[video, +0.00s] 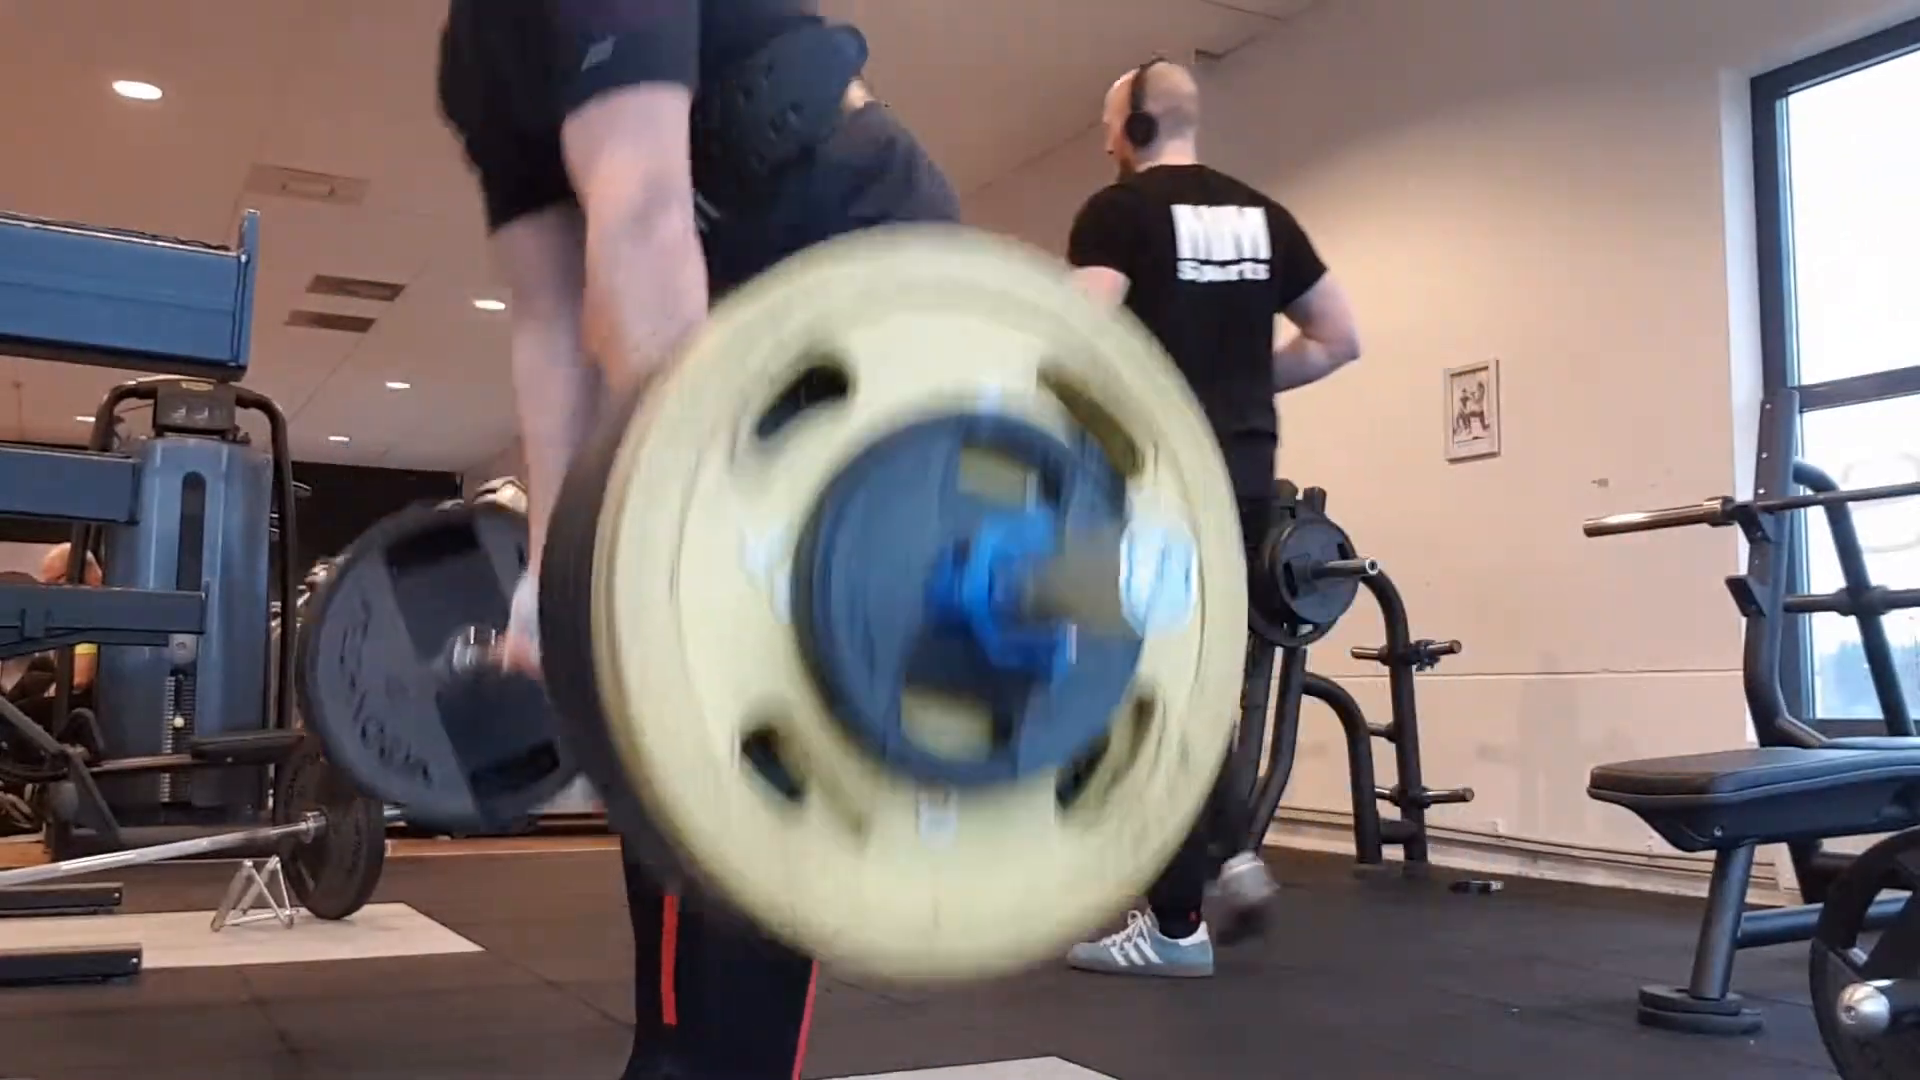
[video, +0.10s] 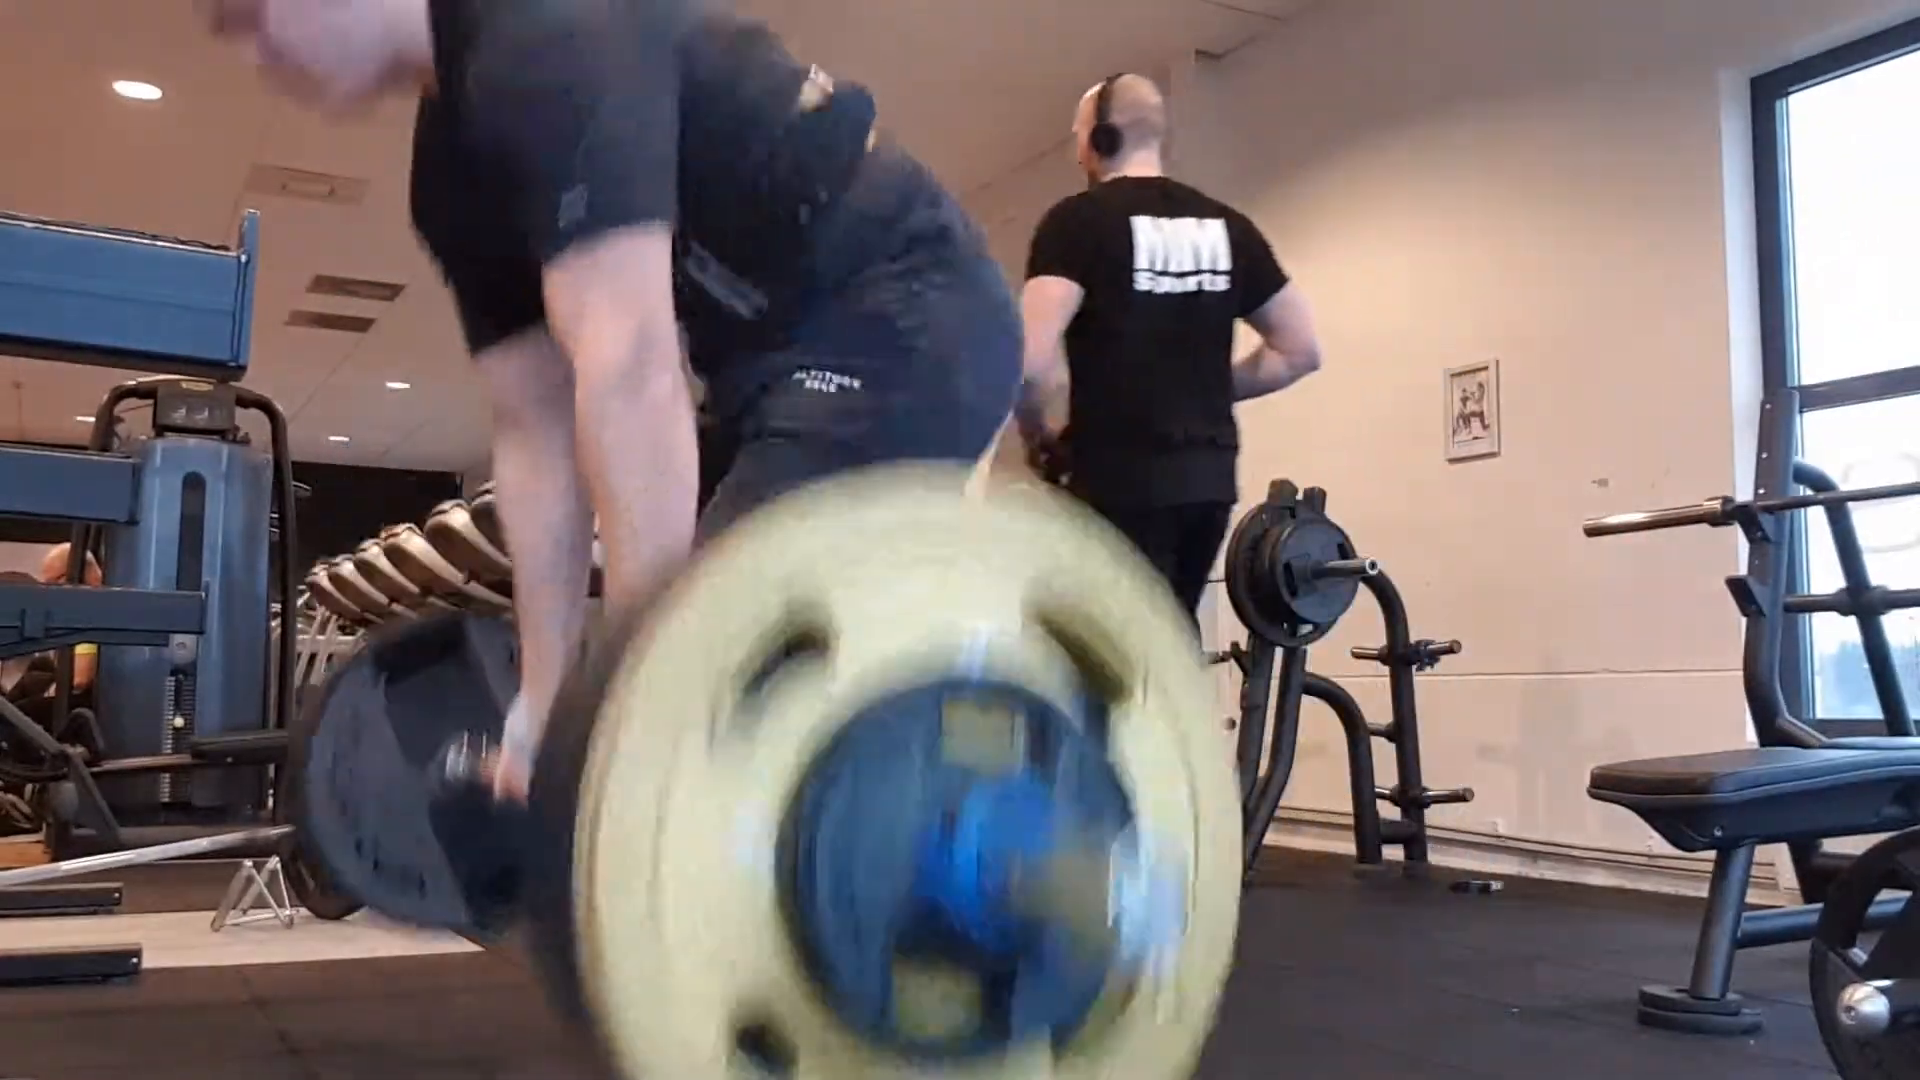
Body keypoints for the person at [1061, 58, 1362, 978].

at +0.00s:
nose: (1104, 139)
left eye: (1107, 127)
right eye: (1109, 125)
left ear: (1125, 130)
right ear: (1193, 129)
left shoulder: (1116, 208)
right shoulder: (1263, 213)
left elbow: (1080, 327)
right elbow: (1336, 340)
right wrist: (1254, 375)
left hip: (1159, 476)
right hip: (1246, 475)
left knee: (1161, 681)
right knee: (1210, 677)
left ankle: (1175, 924)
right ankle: (1230, 855)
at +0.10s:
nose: (1075, 150)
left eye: (1077, 137)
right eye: (1076, 135)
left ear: (1091, 143)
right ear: (1161, 137)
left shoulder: (1077, 221)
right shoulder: (1225, 223)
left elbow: (1034, 359)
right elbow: (1297, 351)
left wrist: (1037, 430)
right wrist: (1209, 385)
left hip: (1113, 485)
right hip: (1206, 484)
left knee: (1106, 666)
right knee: (1170, 657)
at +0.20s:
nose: (1039, 162)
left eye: (1043, 150)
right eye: (1048, 148)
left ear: (1058, 154)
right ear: (1128, 157)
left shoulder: (1044, 237)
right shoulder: (1190, 244)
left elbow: (1001, 355)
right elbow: (1258, 368)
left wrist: (966, 441)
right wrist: (1175, 405)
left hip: (1079, 494)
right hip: (1167, 497)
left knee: (1111, 698)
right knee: (1101, 684)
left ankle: (1177, 916)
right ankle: (1045, 870)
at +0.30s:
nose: (1012, 179)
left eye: (1015, 170)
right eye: (1016, 167)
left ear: (1028, 174)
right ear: (1094, 177)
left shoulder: (1014, 253)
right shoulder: (1151, 260)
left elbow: (970, 366)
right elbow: (1217, 385)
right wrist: (1135, 416)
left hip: (1044, 501)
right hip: (1127, 503)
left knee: (1066, 692)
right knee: (1076, 686)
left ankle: (1144, 876)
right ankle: (1072, 858)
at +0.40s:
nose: (982, 191)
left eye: (985, 180)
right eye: (984, 179)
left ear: (999, 183)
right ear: (1061, 185)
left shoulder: (989, 255)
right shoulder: (1116, 266)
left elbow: (955, 365)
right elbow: (1176, 392)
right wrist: (1097, 415)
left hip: (1010, 503)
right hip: (1093, 509)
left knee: (995, 678)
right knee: (1048, 675)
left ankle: (1066, 829)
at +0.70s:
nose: (869, 214)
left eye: (874, 199)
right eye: (868, 199)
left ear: (904, 197)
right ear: (938, 196)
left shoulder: (911, 262)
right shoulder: (1000, 274)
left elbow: (908, 370)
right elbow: (1052, 394)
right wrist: (978, 429)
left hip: (906, 488)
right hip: (977, 493)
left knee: (863, 649)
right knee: (974, 665)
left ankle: (838, 827)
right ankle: (1010, 835)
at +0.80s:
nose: (824, 225)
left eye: (830, 211)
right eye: (823, 211)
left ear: (861, 207)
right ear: (891, 206)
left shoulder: (859, 284)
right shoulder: (958, 286)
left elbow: (839, 396)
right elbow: (999, 394)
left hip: (865, 504)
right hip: (932, 505)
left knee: (839, 669)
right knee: (938, 675)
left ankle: (803, 820)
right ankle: (993, 826)